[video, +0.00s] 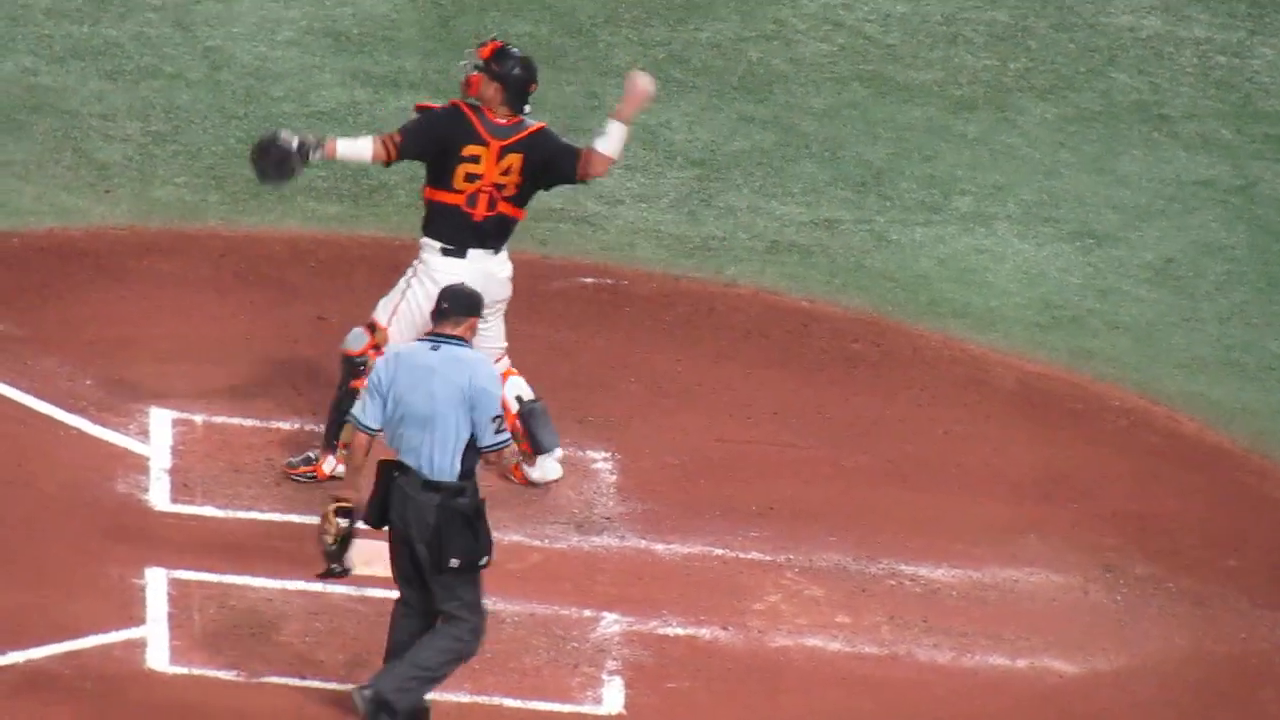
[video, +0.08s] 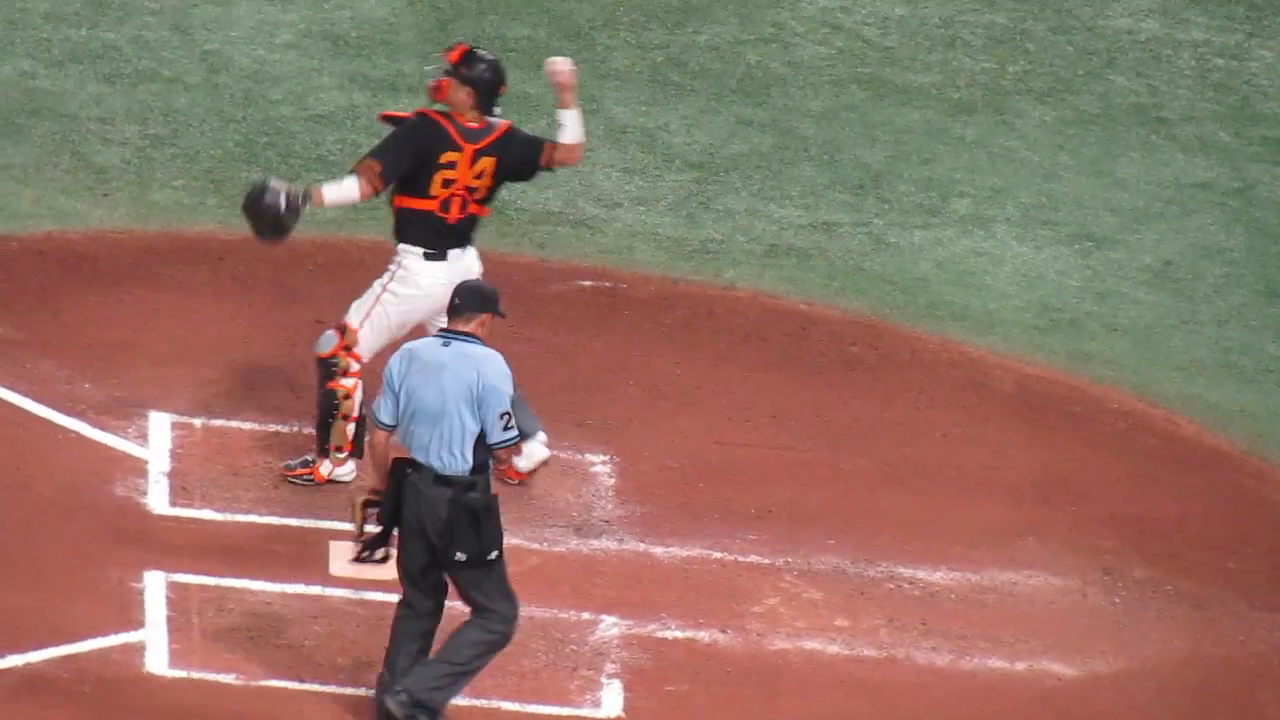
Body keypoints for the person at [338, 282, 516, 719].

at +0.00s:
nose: (478, 329)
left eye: (474, 323)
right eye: (477, 324)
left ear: (435, 317)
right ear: (471, 324)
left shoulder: (393, 360)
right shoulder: (478, 370)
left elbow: (360, 435)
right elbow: (497, 448)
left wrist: (354, 495)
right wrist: (517, 466)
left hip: (399, 495)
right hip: (446, 505)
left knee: (413, 605)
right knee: (464, 624)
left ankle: (401, 701)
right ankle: (384, 695)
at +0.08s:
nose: (494, 325)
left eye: (493, 318)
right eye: (493, 319)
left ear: (451, 313)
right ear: (483, 320)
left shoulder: (407, 355)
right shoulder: (491, 366)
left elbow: (379, 434)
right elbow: (504, 449)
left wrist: (379, 488)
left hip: (411, 491)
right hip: (460, 500)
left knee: (419, 601)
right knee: (497, 613)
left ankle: (394, 699)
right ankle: (414, 700)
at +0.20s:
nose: (511, 317)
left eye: (511, 310)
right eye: (510, 310)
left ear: (469, 304)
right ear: (499, 311)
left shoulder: (425, 344)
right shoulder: (503, 357)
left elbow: (405, 419)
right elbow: (513, 438)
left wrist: (433, 450)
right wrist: (519, 456)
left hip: (428, 487)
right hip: (477, 495)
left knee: (417, 600)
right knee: (524, 598)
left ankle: (388, 706)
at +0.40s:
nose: (510, 305)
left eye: (511, 297)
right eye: (509, 298)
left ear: (469, 293)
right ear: (494, 298)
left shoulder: (427, 326)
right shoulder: (498, 350)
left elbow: (408, 390)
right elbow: (505, 424)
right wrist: (526, 439)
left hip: (423, 469)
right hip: (471, 481)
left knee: (392, 573)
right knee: (505, 582)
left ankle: (338, 675)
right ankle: (519, 676)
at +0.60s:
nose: (519, 308)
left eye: (519, 300)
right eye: (517, 301)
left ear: (481, 297)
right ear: (502, 302)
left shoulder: (437, 325)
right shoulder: (507, 352)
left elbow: (417, 383)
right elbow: (515, 428)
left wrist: (459, 393)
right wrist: (530, 429)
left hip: (437, 460)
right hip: (480, 471)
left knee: (436, 555)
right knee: (493, 571)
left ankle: (370, 621)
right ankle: (471, 669)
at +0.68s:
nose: (548, 292)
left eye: (548, 285)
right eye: (546, 286)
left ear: (508, 281)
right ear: (533, 287)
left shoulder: (468, 310)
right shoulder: (541, 336)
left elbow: (443, 365)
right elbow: (547, 411)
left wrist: (490, 362)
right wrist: (557, 403)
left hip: (469, 439)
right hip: (508, 451)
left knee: (482, 523)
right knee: (506, 548)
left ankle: (433, 600)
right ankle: (481, 646)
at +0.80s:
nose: (581, 294)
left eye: (579, 287)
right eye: (577, 288)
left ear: (540, 286)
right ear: (561, 291)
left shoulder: (498, 315)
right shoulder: (574, 341)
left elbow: (465, 368)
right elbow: (579, 407)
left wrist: (512, 360)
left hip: (493, 443)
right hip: (532, 455)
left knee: (529, 526)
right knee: (514, 548)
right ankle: (479, 652)